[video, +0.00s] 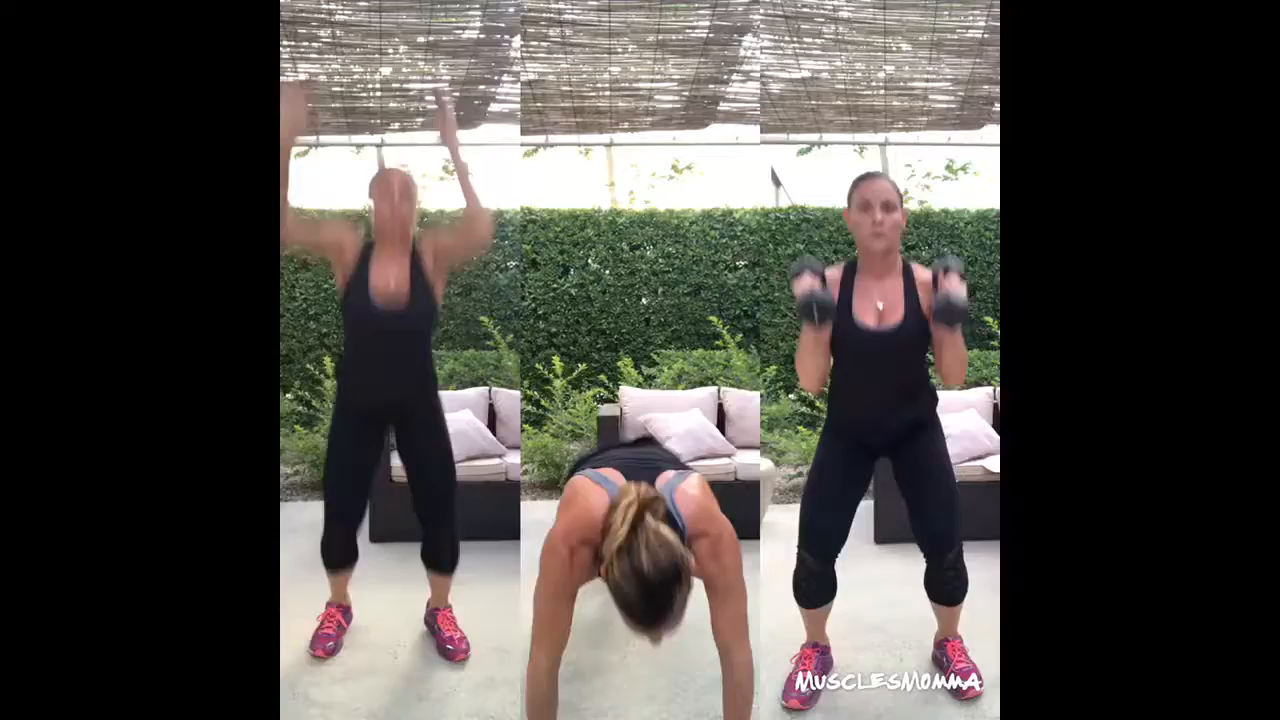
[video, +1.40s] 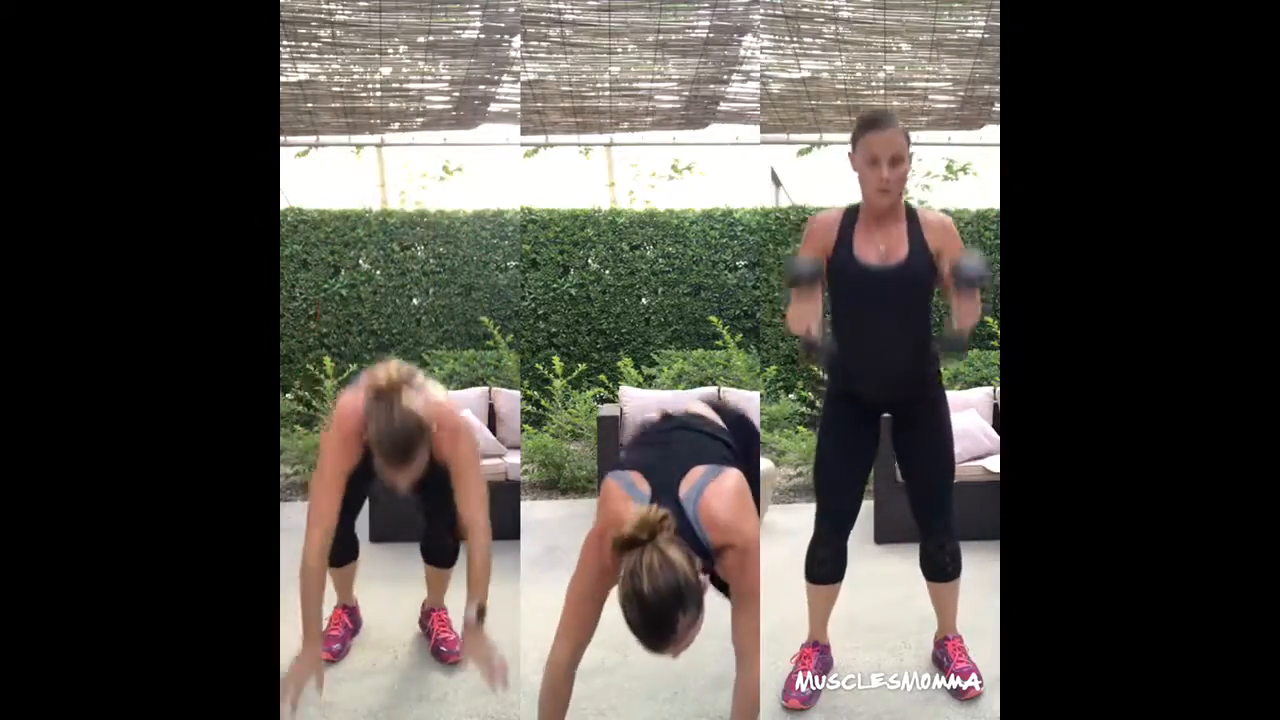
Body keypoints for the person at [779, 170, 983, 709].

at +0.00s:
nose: (878, 216)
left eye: (888, 207)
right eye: (865, 208)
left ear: (903, 218)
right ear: (848, 221)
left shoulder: (930, 284)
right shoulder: (828, 285)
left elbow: (954, 377)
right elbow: (811, 381)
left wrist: (947, 316)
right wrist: (815, 314)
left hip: (916, 428)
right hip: (846, 429)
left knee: (945, 548)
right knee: (813, 554)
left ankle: (949, 644)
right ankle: (815, 650)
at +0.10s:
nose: (877, 190)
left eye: (886, 181)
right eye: (865, 182)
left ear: (901, 192)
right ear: (849, 195)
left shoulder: (926, 258)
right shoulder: (828, 260)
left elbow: (960, 338)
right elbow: (801, 341)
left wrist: (950, 271)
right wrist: (809, 270)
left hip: (913, 413)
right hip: (846, 415)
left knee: (943, 541)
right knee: (815, 547)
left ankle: (949, 642)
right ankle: (815, 649)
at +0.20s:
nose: (875, 168)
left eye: (885, 159)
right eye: (864, 159)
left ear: (899, 171)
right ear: (848, 171)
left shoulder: (922, 235)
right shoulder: (827, 234)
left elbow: (972, 263)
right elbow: (776, 252)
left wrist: (955, 189)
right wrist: (797, 179)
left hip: (910, 396)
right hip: (842, 397)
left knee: (938, 526)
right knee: (819, 531)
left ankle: (949, 643)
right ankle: (815, 648)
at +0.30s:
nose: (879, 157)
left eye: (888, 150)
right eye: (867, 150)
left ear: (900, 166)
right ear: (848, 164)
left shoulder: (922, 223)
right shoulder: (824, 220)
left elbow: (975, 178)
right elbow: (771, 164)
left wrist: (956, 99)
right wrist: (798, 90)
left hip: (910, 392)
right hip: (839, 394)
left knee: (935, 528)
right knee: (820, 532)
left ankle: (950, 642)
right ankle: (816, 648)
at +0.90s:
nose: (880, 163)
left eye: (890, 154)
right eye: (868, 154)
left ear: (903, 166)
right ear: (850, 165)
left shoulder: (923, 231)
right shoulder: (827, 225)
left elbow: (992, 218)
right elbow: (771, 227)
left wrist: (963, 157)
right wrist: (782, 165)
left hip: (909, 393)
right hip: (836, 393)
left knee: (932, 527)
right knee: (820, 530)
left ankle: (949, 641)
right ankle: (815, 648)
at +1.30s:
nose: (886, 167)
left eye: (896, 156)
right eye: (874, 156)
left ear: (910, 162)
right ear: (856, 163)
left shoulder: (932, 229)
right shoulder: (831, 228)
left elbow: (964, 315)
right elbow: (797, 313)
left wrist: (955, 265)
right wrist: (808, 258)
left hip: (917, 393)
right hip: (846, 394)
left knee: (938, 526)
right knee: (828, 529)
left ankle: (949, 642)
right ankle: (815, 648)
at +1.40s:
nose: (888, 173)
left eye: (897, 161)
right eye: (875, 162)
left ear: (910, 162)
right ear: (854, 164)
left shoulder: (935, 228)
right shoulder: (828, 227)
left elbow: (962, 327)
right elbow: (801, 315)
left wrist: (966, 292)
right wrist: (814, 329)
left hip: (919, 394)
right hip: (850, 394)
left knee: (939, 527)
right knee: (830, 527)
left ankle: (949, 642)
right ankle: (815, 647)